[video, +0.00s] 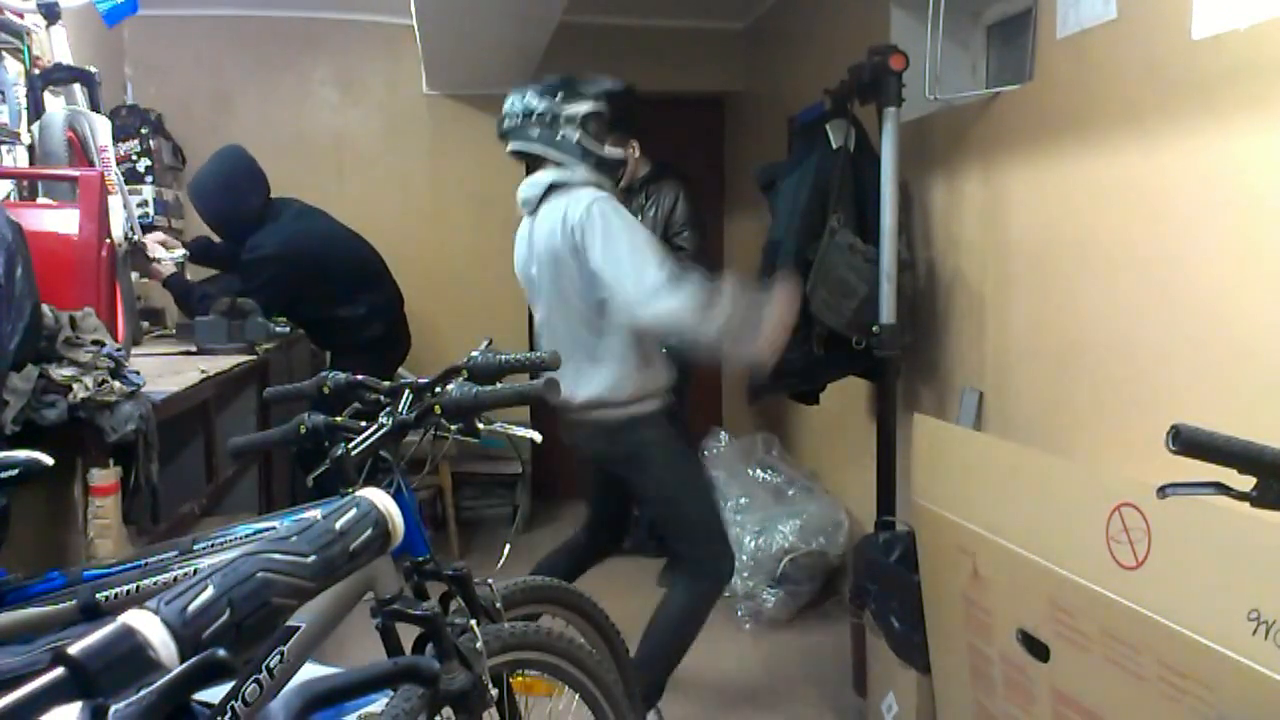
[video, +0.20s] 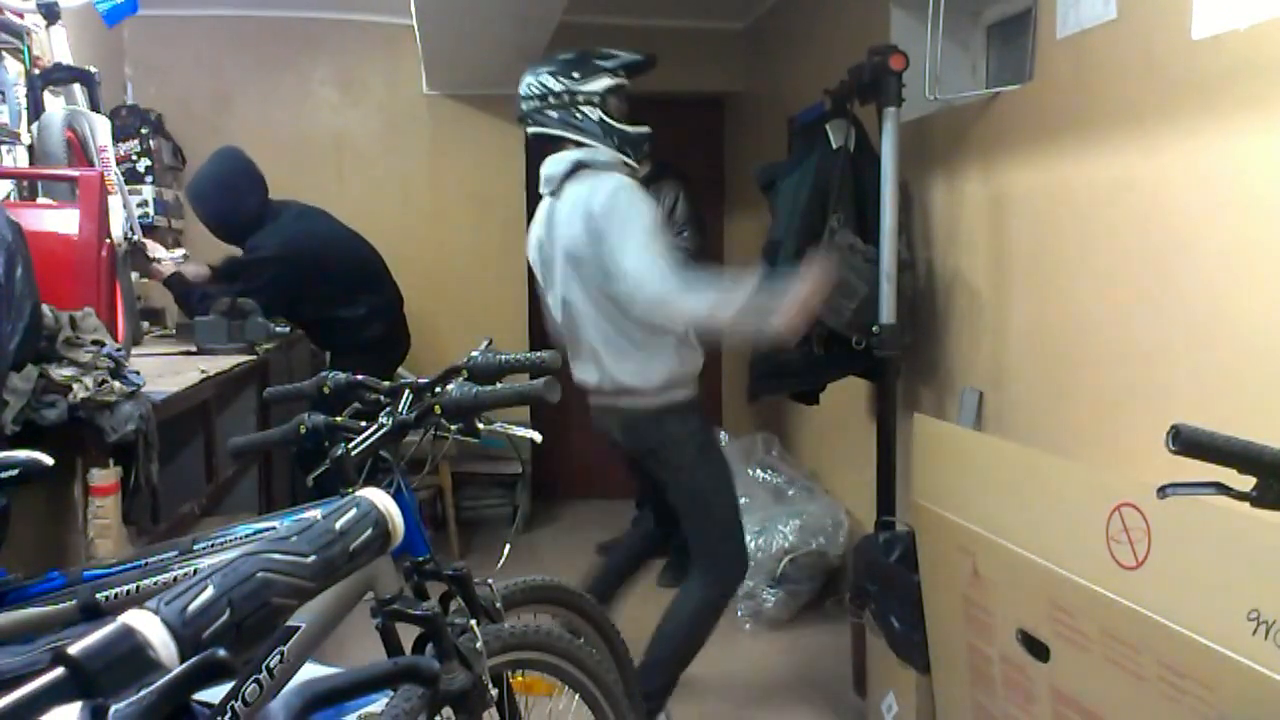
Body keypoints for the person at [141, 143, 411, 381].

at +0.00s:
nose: (209, 221)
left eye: (209, 213)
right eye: (206, 213)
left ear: (224, 212)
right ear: (253, 191)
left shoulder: (269, 255)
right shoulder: (283, 212)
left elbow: (214, 308)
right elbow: (239, 255)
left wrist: (168, 275)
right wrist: (185, 249)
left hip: (369, 348)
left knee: (321, 442)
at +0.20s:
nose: (208, 224)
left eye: (207, 215)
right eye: (204, 215)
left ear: (223, 213)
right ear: (250, 192)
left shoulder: (272, 253)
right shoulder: (288, 216)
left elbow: (223, 313)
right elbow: (257, 265)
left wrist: (168, 277)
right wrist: (213, 273)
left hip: (367, 350)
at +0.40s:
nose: (209, 226)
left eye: (207, 216)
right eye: (204, 217)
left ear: (223, 211)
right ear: (249, 192)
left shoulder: (267, 254)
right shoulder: (289, 219)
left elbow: (230, 318)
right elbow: (247, 283)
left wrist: (170, 278)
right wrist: (183, 283)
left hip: (367, 350)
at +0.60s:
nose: (209, 225)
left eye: (207, 215)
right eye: (204, 216)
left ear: (222, 210)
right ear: (247, 192)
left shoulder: (266, 253)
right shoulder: (288, 219)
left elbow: (227, 317)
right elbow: (246, 284)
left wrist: (168, 278)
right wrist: (181, 282)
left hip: (369, 350)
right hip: (386, 334)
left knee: (316, 442)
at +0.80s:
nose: (207, 225)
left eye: (205, 215)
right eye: (203, 216)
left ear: (222, 209)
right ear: (247, 192)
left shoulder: (265, 251)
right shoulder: (288, 218)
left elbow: (230, 320)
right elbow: (246, 291)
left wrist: (168, 277)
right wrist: (177, 278)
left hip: (367, 351)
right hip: (386, 335)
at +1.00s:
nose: (207, 226)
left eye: (205, 216)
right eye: (202, 218)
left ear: (220, 210)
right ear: (245, 192)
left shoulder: (267, 249)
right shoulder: (286, 220)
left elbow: (227, 314)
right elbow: (243, 282)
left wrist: (167, 278)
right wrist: (185, 289)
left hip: (367, 352)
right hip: (384, 335)